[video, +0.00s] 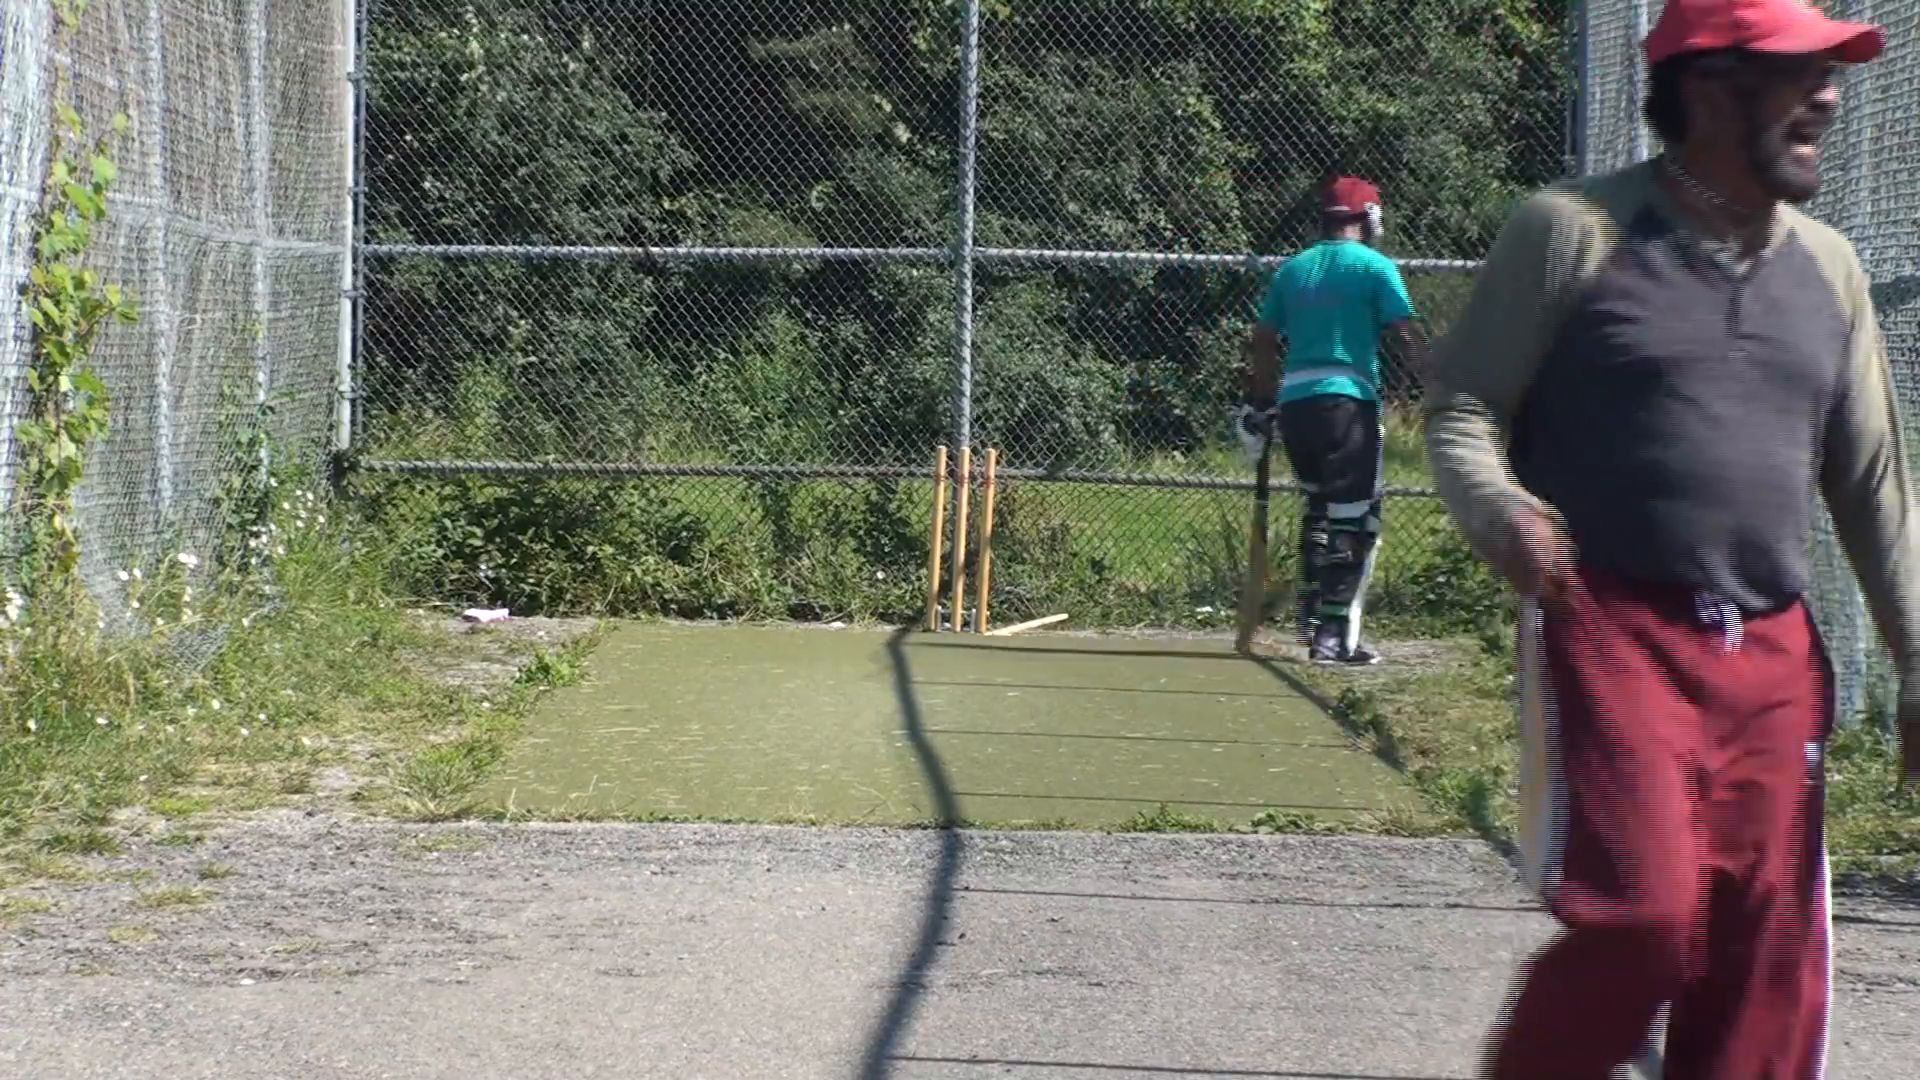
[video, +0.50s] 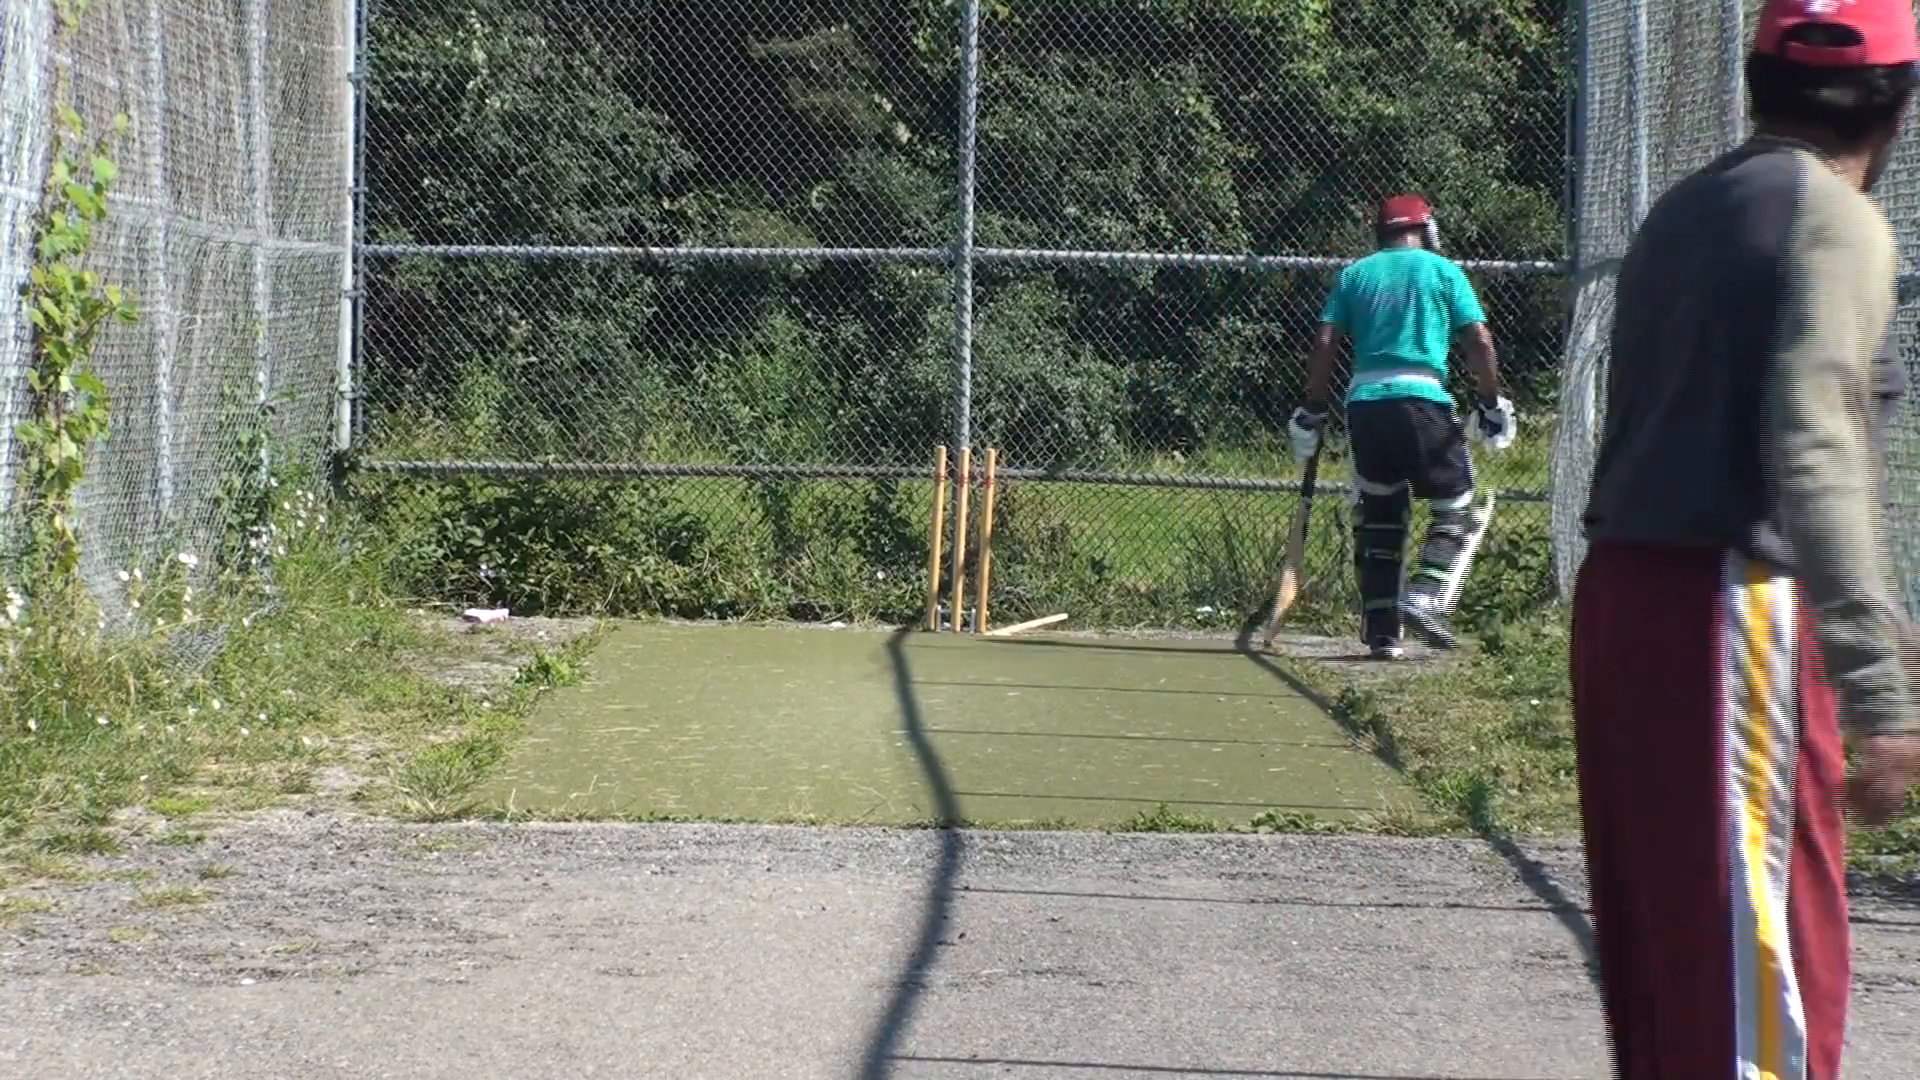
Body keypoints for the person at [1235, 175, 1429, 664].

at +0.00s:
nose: (1380, 227)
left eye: (1377, 220)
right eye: (1377, 220)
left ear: (1327, 222)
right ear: (1367, 221)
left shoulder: (1293, 268)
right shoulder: (1376, 265)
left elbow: (1261, 342)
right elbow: (1407, 338)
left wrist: (1259, 405)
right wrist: (1436, 389)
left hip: (1295, 406)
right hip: (1346, 403)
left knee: (1318, 505)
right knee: (1350, 519)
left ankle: (1312, 616)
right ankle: (1331, 637)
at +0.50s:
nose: (1433, 238)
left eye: (1429, 233)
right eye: (1431, 232)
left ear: (1381, 235)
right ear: (1426, 233)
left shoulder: (1353, 274)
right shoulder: (1445, 271)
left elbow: (1325, 343)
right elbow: (1480, 340)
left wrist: (1311, 412)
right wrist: (1492, 404)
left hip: (1366, 411)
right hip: (1422, 407)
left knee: (1380, 512)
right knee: (1456, 507)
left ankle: (1381, 633)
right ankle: (1427, 597)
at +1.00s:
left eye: (1441, 307)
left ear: (1446, 306)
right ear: (1482, 311)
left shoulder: (1435, 313)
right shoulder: (1506, 331)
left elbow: (1405, 354)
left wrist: (1368, 416)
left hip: (1475, 403)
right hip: (1528, 404)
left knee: (1426, 514)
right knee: (1508, 508)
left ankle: (1409, 623)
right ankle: (1527, 611)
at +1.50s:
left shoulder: (1456, 393)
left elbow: (1431, 370)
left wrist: (1395, 425)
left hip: (1500, 413)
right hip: (1558, 418)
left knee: (1490, 517)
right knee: (1527, 513)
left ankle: (1497, 616)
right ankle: (1537, 609)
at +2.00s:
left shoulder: (1439, 328)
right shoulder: (1499, 343)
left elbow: (1424, 362)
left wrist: (1392, 424)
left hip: (1497, 396)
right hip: (1540, 393)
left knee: (1454, 503)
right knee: (1517, 501)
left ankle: (1479, 604)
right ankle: (1528, 606)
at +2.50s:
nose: (1391, 232)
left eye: (1397, 223)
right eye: (1392, 222)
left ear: (1419, 225)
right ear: (1442, 226)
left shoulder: (1420, 275)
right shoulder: (1482, 264)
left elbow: (1408, 358)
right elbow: (1507, 333)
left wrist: (1382, 418)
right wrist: (1450, 382)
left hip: (1459, 409)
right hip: (1505, 402)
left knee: (1428, 508)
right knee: (1485, 504)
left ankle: (1452, 625)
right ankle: (1517, 611)